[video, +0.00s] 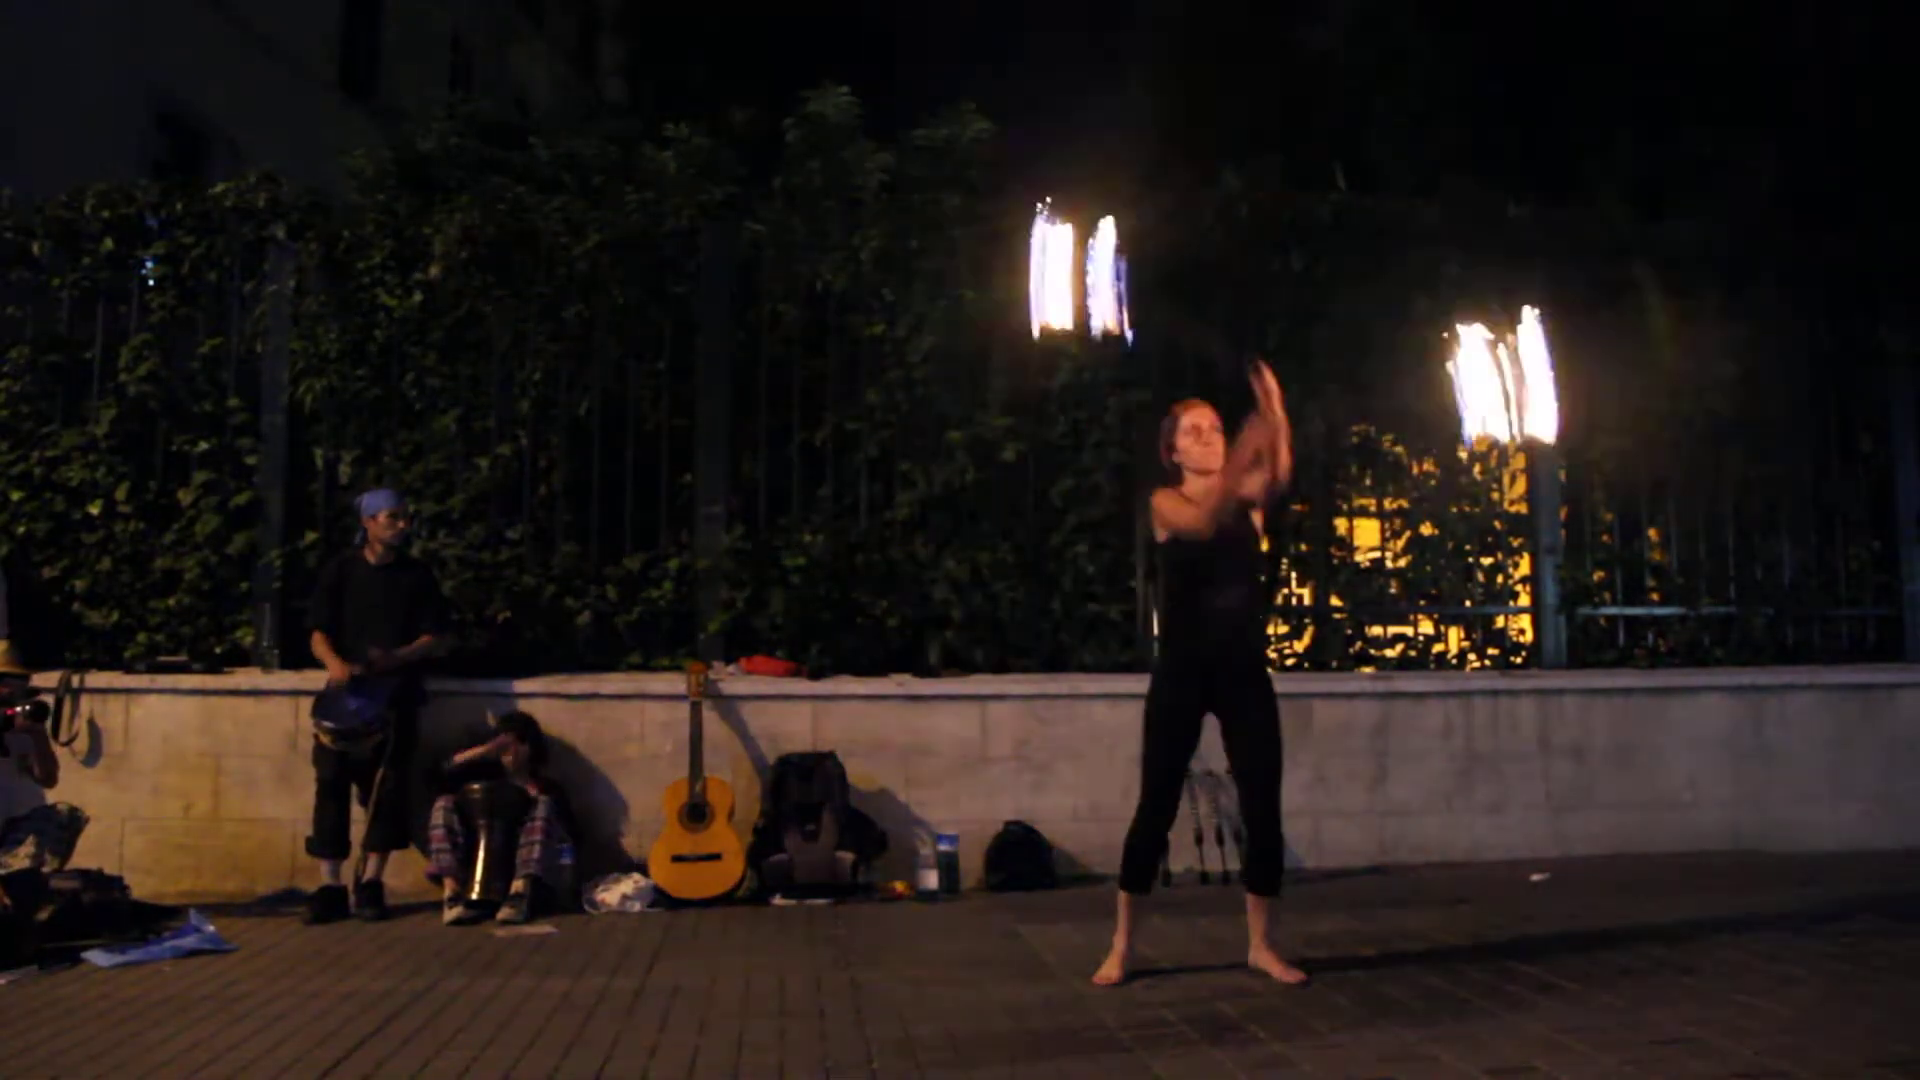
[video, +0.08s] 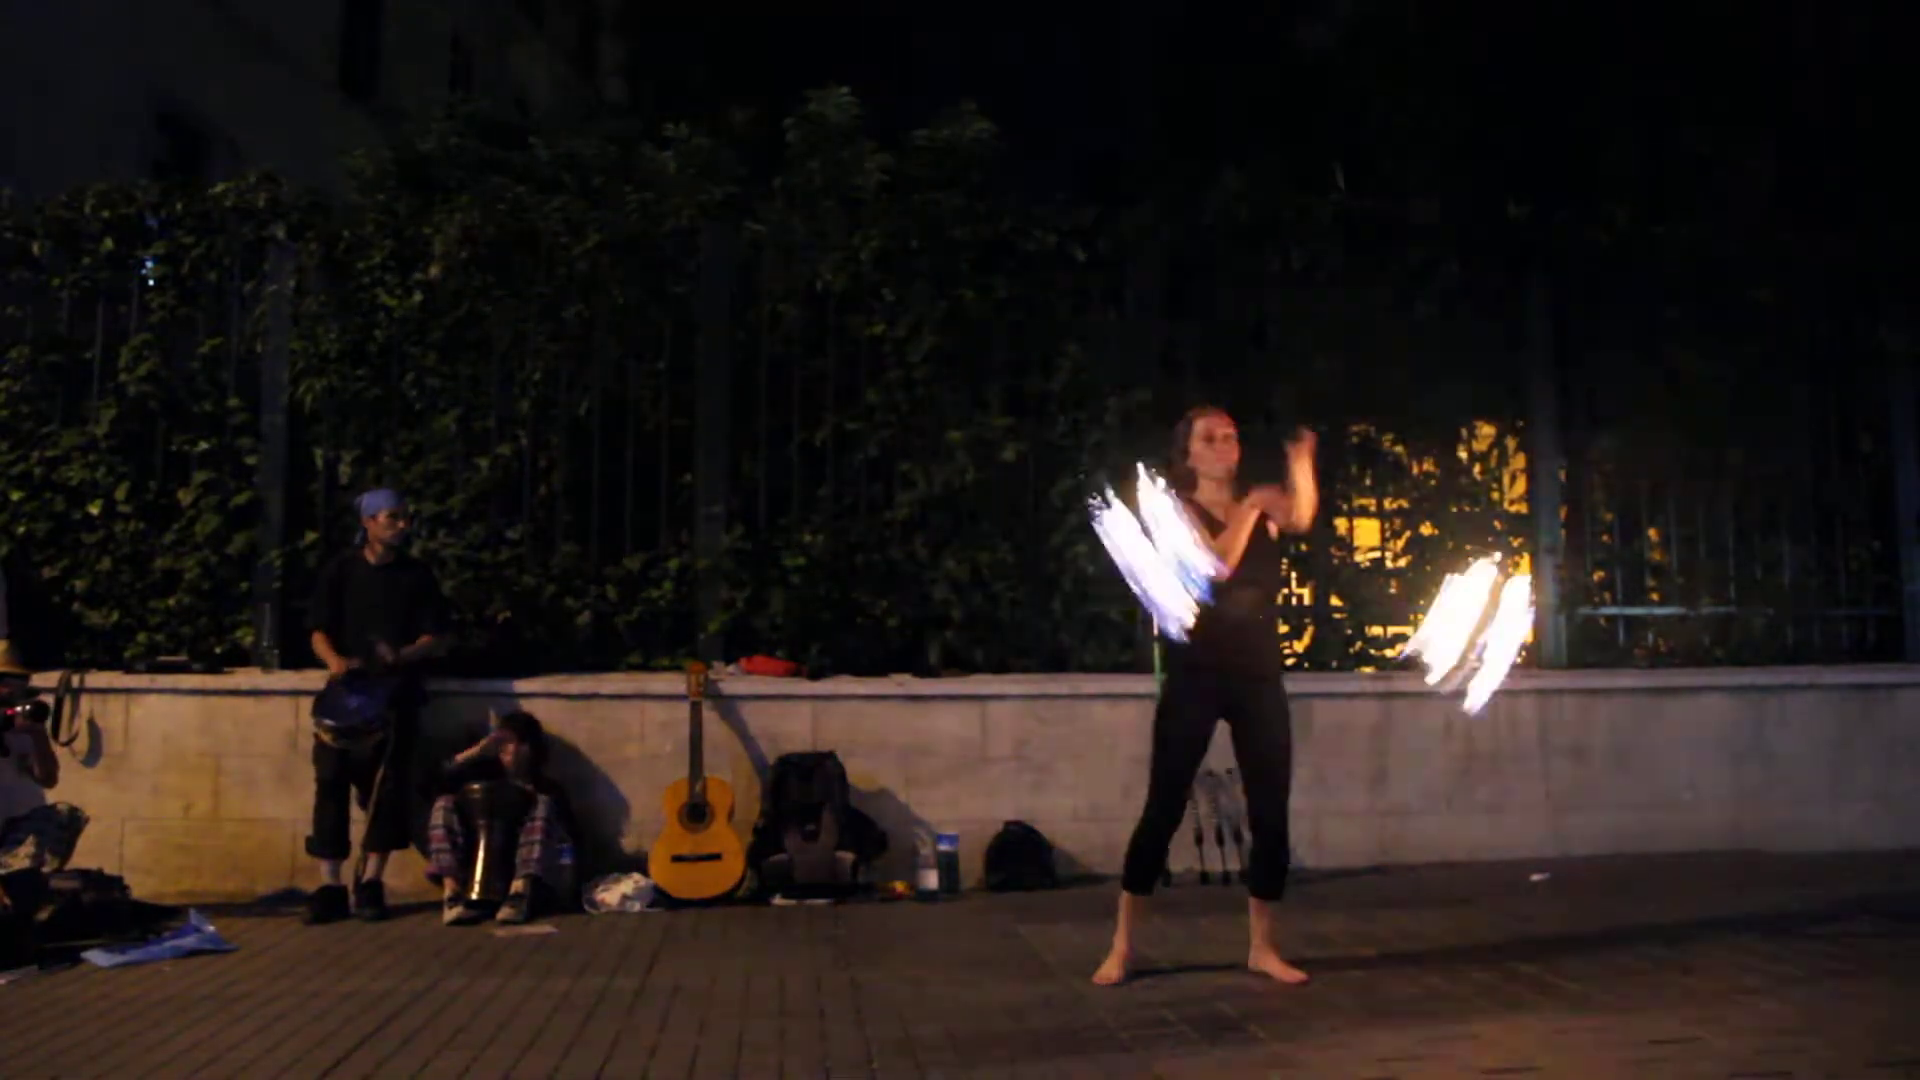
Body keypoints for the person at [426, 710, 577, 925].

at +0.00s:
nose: (511, 752)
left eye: (518, 744)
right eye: (505, 744)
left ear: (531, 749)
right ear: (496, 746)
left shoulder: (547, 786)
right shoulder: (483, 777)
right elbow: (440, 774)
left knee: (544, 806)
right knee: (443, 805)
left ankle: (520, 892)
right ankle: (451, 892)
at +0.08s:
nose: (511, 751)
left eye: (519, 744)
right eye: (505, 742)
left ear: (532, 751)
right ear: (496, 746)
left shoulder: (548, 787)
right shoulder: (483, 778)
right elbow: (436, 782)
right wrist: (477, 751)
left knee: (543, 805)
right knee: (444, 805)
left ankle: (520, 892)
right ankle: (451, 893)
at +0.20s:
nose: (512, 750)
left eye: (521, 743)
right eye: (507, 741)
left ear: (533, 749)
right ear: (499, 746)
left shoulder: (547, 787)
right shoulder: (489, 783)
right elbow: (449, 789)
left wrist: (543, 798)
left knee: (541, 811)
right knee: (443, 805)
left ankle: (521, 892)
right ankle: (451, 892)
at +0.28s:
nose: (516, 746)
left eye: (525, 741)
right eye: (510, 738)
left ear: (536, 750)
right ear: (501, 742)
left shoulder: (543, 782)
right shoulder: (483, 772)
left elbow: (571, 837)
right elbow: (436, 789)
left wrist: (544, 799)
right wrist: (472, 771)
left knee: (540, 811)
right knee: (443, 805)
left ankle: (520, 893)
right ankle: (451, 892)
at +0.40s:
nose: (518, 747)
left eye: (527, 742)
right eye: (513, 738)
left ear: (536, 750)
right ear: (503, 742)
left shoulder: (547, 787)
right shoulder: (480, 770)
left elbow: (568, 835)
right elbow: (431, 790)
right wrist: (467, 755)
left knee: (542, 807)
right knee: (444, 805)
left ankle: (520, 893)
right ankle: (451, 892)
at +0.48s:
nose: (518, 747)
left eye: (528, 742)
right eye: (515, 738)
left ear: (537, 751)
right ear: (505, 741)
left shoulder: (548, 789)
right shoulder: (481, 776)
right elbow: (436, 792)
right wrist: (468, 761)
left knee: (541, 806)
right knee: (443, 805)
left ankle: (520, 893)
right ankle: (451, 893)